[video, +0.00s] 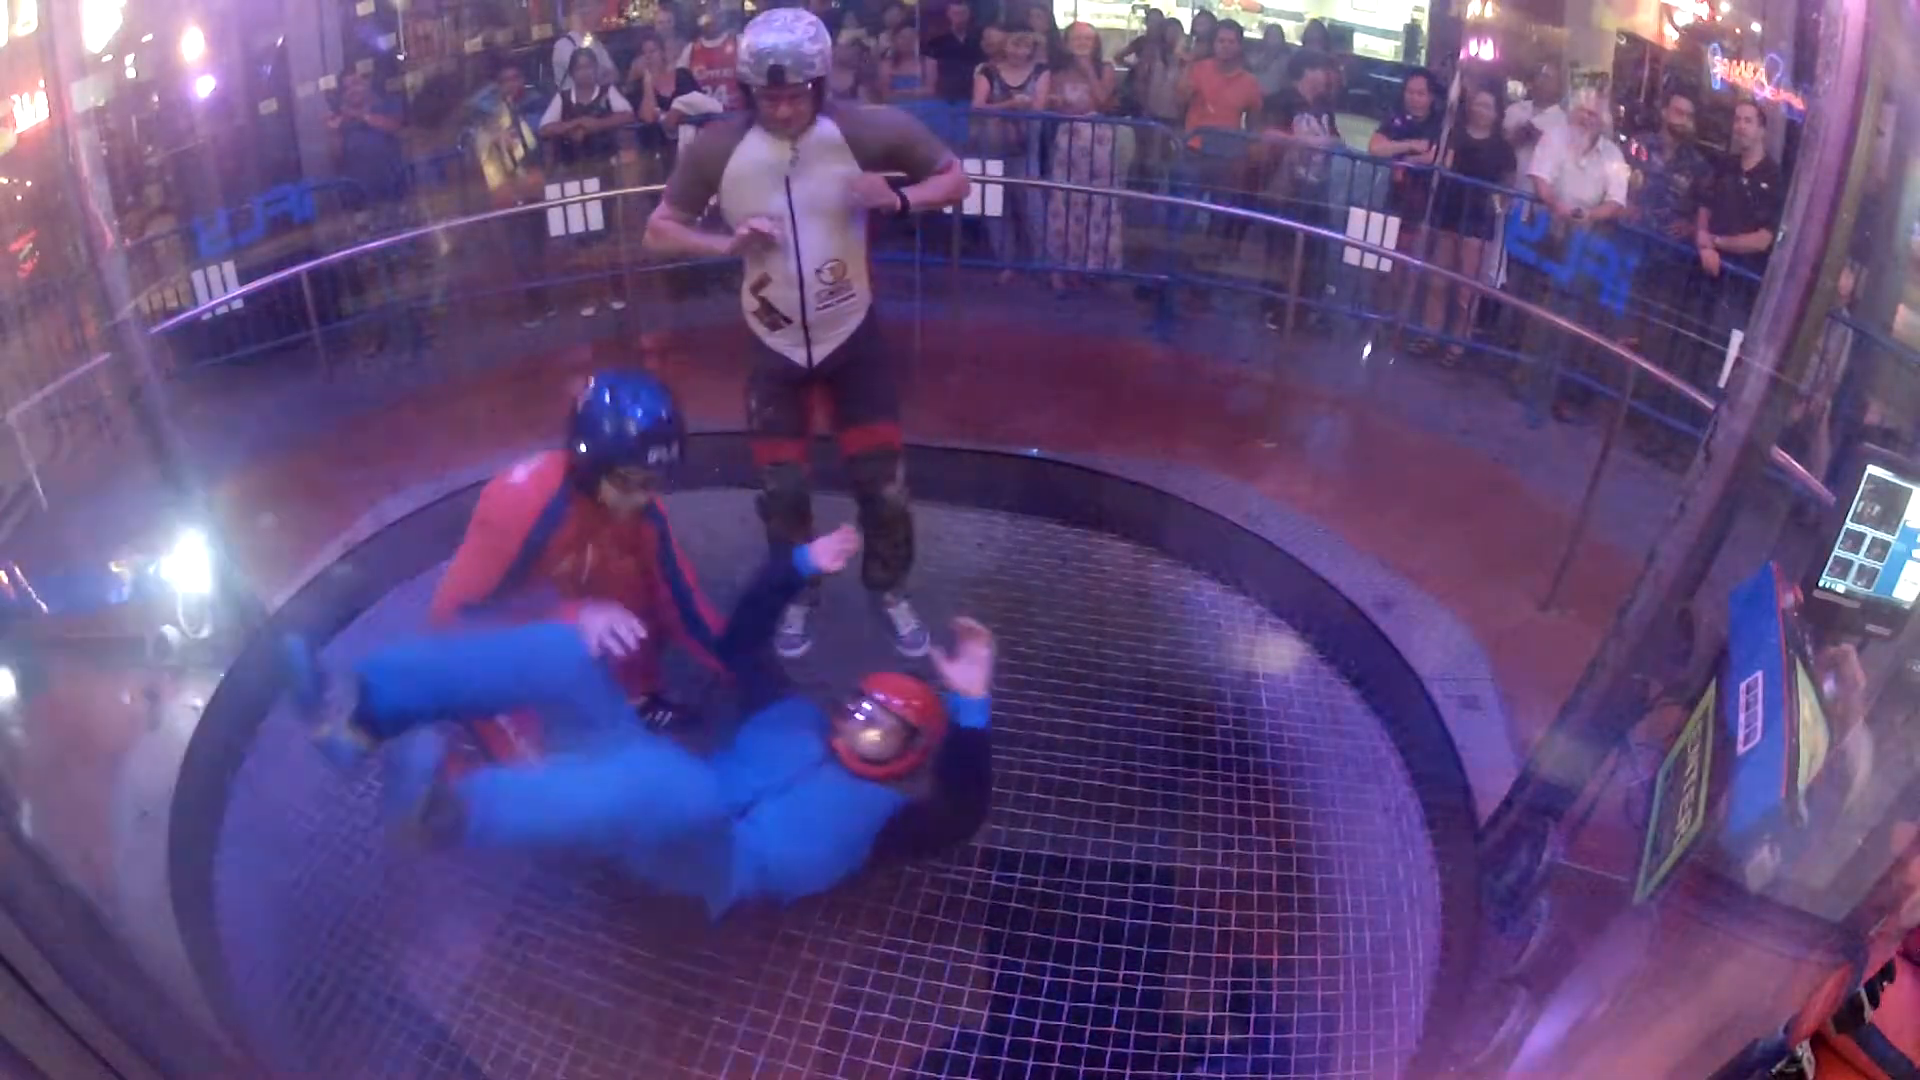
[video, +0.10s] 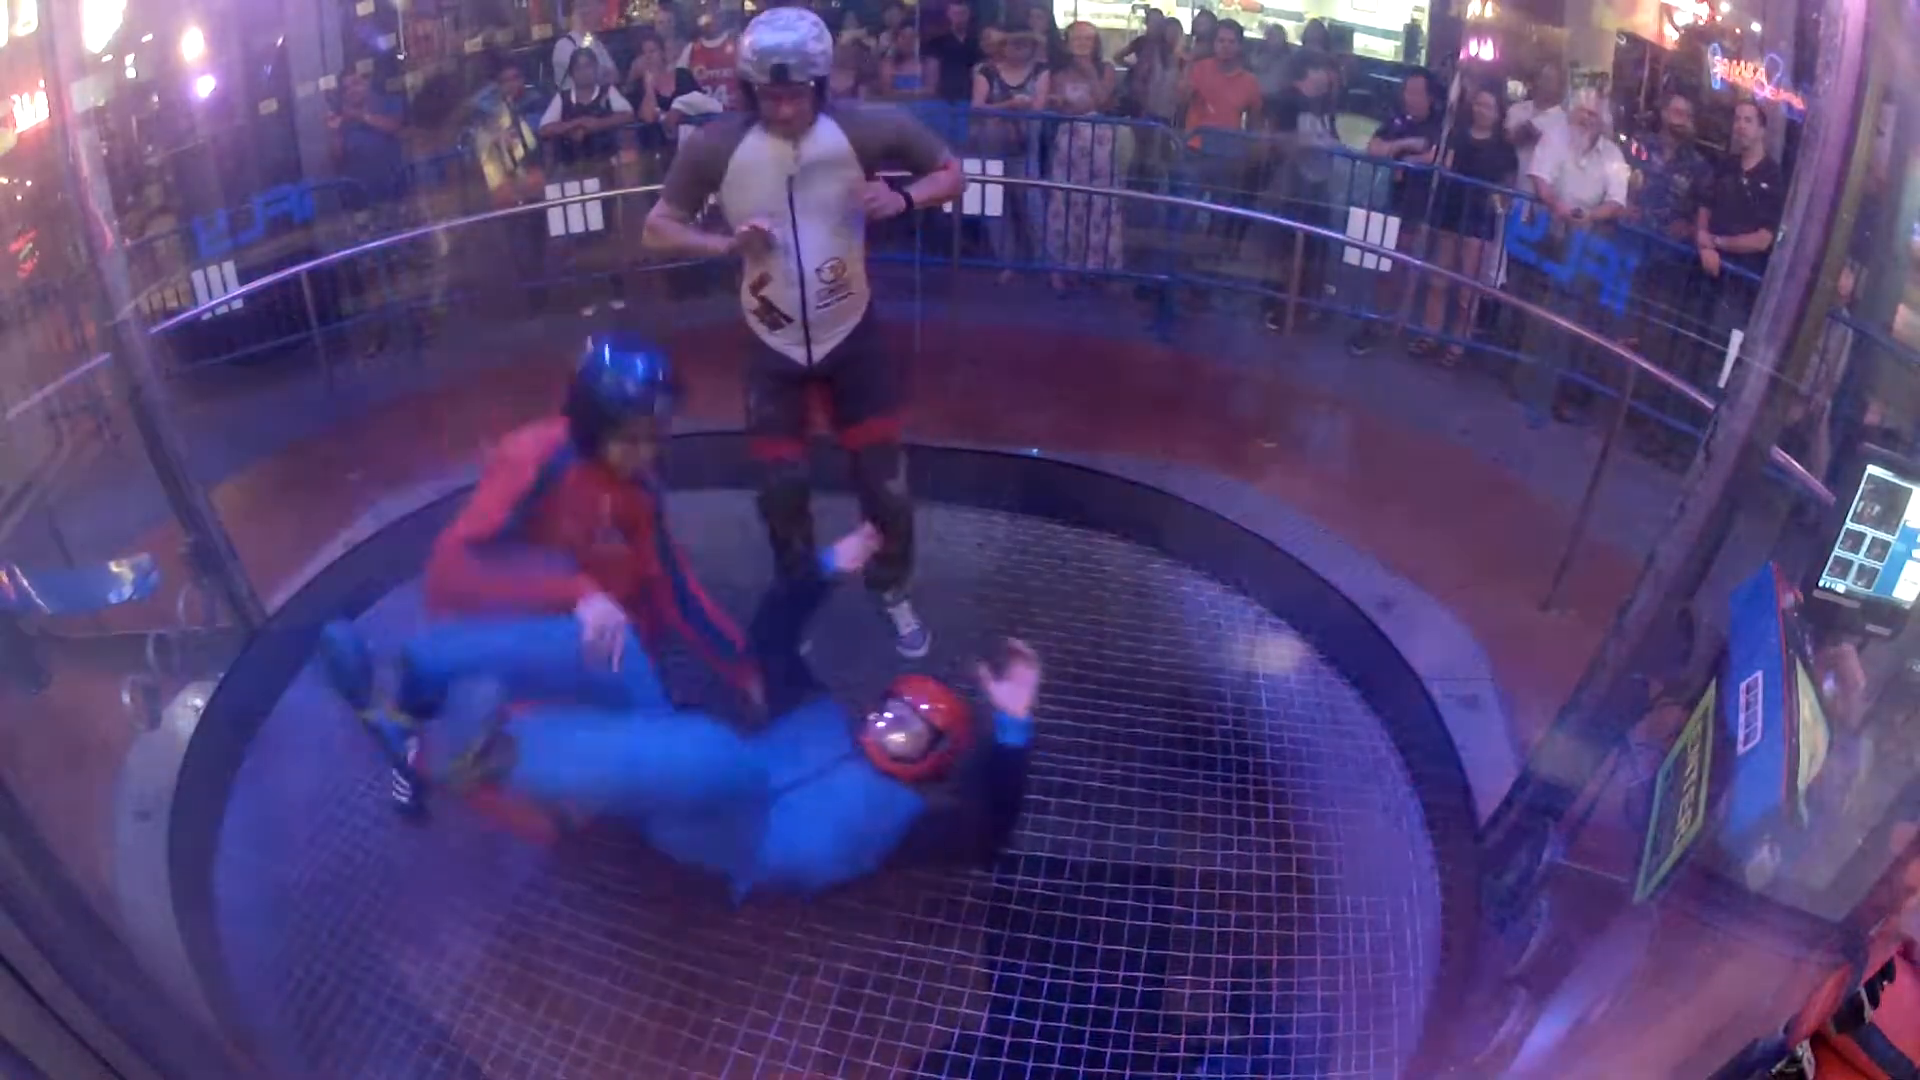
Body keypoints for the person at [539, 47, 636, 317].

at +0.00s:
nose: (584, 72)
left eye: (588, 67)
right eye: (579, 68)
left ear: (597, 70)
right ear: (571, 73)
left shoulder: (608, 92)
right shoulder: (563, 98)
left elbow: (627, 115)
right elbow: (544, 129)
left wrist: (594, 124)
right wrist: (573, 126)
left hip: (606, 170)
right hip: (573, 174)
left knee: (609, 233)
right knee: (582, 238)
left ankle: (615, 293)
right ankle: (590, 297)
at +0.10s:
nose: (585, 72)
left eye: (589, 66)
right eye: (579, 67)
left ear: (597, 69)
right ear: (571, 72)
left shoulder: (608, 92)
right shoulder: (562, 98)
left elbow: (626, 115)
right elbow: (544, 129)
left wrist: (594, 124)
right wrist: (574, 126)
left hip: (607, 170)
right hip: (572, 174)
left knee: (610, 233)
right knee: (580, 237)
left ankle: (616, 293)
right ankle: (586, 299)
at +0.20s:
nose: (585, 72)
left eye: (589, 66)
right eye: (580, 68)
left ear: (596, 69)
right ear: (571, 73)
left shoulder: (608, 92)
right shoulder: (562, 98)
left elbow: (627, 115)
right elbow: (544, 130)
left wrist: (587, 127)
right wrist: (578, 123)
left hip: (606, 162)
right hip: (571, 166)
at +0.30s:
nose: (584, 72)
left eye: (588, 66)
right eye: (579, 68)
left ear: (596, 69)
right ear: (571, 73)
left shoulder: (608, 92)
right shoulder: (561, 98)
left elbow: (627, 115)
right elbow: (544, 130)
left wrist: (588, 127)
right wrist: (577, 124)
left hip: (606, 163)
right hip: (571, 167)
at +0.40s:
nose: (585, 72)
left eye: (589, 67)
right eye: (580, 68)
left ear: (596, 70)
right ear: (571, 72)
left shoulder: (608, 92)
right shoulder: (562, 97)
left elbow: (627, 115)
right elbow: (544, 131)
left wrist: (588, 127)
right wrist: (578, 122)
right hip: (569, 164)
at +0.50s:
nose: (584, 72)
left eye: (588, 67)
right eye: (579, 68)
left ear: (596, 69)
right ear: (571, 72)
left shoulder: (608, 91)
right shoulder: (562, 97)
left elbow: (627, 115)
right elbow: (544, 131)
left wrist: (591, 127)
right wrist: (578, 123)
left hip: (607, 158)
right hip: (571, 161)